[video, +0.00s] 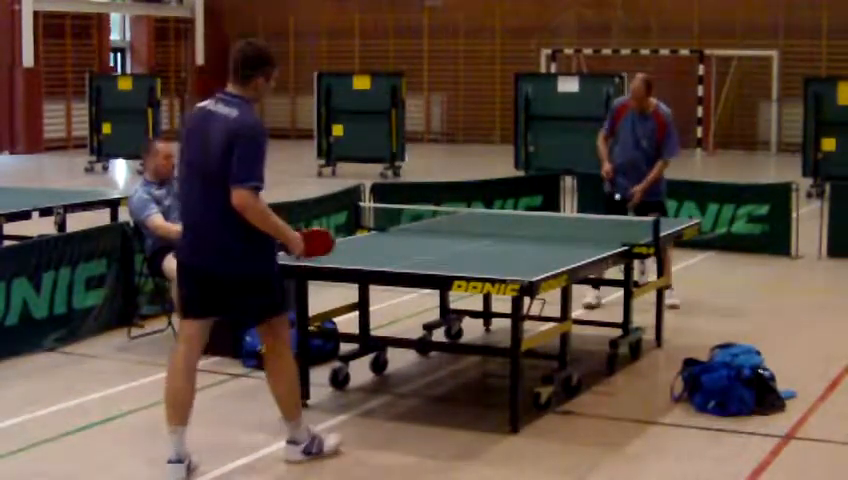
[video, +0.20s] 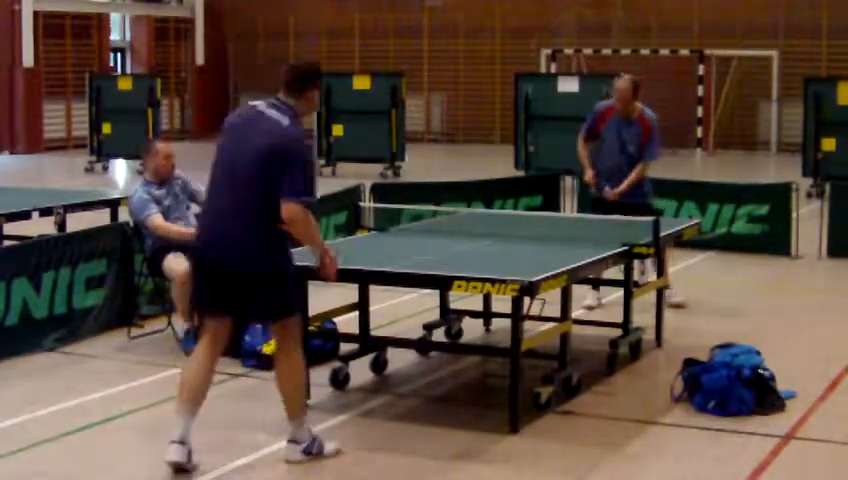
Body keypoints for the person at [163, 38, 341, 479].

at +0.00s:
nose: (271, 85)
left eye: (270, 78)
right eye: (271, 79)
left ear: (231, 72)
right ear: (263, 79)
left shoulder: (197, 115)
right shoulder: (248, 124)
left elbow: (188, 185)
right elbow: (244, 197)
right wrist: (287, 235)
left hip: (196, 253)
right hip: (245, 255)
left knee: (188, 345)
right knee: (276, 337)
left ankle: (176, 454)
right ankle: (300, 438)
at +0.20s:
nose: (318, 104)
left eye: (318, 97)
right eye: (318, 98)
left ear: (282, 87)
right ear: (311, 96)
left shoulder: (239, 118)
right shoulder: (291, 139)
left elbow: (226, 182)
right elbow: (292, 212)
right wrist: (322, 251)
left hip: (213, 246)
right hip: (264, 252)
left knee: (211, 339)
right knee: (289, 340)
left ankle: (178, 440)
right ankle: (300, 437)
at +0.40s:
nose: (348, 120)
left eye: (349, 113)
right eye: (349, 113)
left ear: (315, 100)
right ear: (341, 111)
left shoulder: (273, 118)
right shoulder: (319, 149)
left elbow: (252, 178)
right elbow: (333, 232)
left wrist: (287, 217)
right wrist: (347, 257)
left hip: (216, 235)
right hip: (264, 243)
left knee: (213, 329)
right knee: (289, 336)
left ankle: (181, 421)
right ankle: (299, 436)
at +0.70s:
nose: (319, 100)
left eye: (318, 94)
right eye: (319, 94)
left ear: (282, 87)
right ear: (312, 95)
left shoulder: (246, 117)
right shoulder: (300, 138)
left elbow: (224, 176)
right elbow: (313, 211)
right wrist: (339, 221)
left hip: (216, 237)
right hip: (264, 243)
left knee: (209, 330)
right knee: (292, 334)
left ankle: (183, 425)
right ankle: (300, 436)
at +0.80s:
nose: (301, 94)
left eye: (299, 87)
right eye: (300, 87)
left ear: (262, 86)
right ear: (290, 90)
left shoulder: (229, 119)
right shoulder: (285, 135)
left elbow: (218, 181)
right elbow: (296, 204)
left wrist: (281, 202)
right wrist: (323, 212)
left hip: (210, 238)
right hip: (258, 243)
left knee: (210, 330)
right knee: (290, 332)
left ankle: (183, 425)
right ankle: (299, 435)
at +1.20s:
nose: (261, 82)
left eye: (259, 75)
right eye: (259, 76)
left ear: (220, 79)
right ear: (249, 80)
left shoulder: (200, 120)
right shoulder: (252, 125)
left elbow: (188, 184)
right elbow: (256, 192)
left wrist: (244, 219)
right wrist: (297, 202)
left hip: (194, 243)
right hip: (235, 245)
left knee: (208, 327)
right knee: (276, 327)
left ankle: (182, 426)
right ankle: (299, 435)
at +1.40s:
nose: (270, 84)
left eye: (268, 77)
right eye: (268, 78)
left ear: (232, 81)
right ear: (258, 81)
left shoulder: (206, 120)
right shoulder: (258, 125)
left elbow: (201, 183)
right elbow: (261, 192)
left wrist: (252, 214)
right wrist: (299, 203)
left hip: (196, 241)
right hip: (238, 244)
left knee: (210, 326)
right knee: (282, 326)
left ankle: (182, 426)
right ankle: (300, 436)